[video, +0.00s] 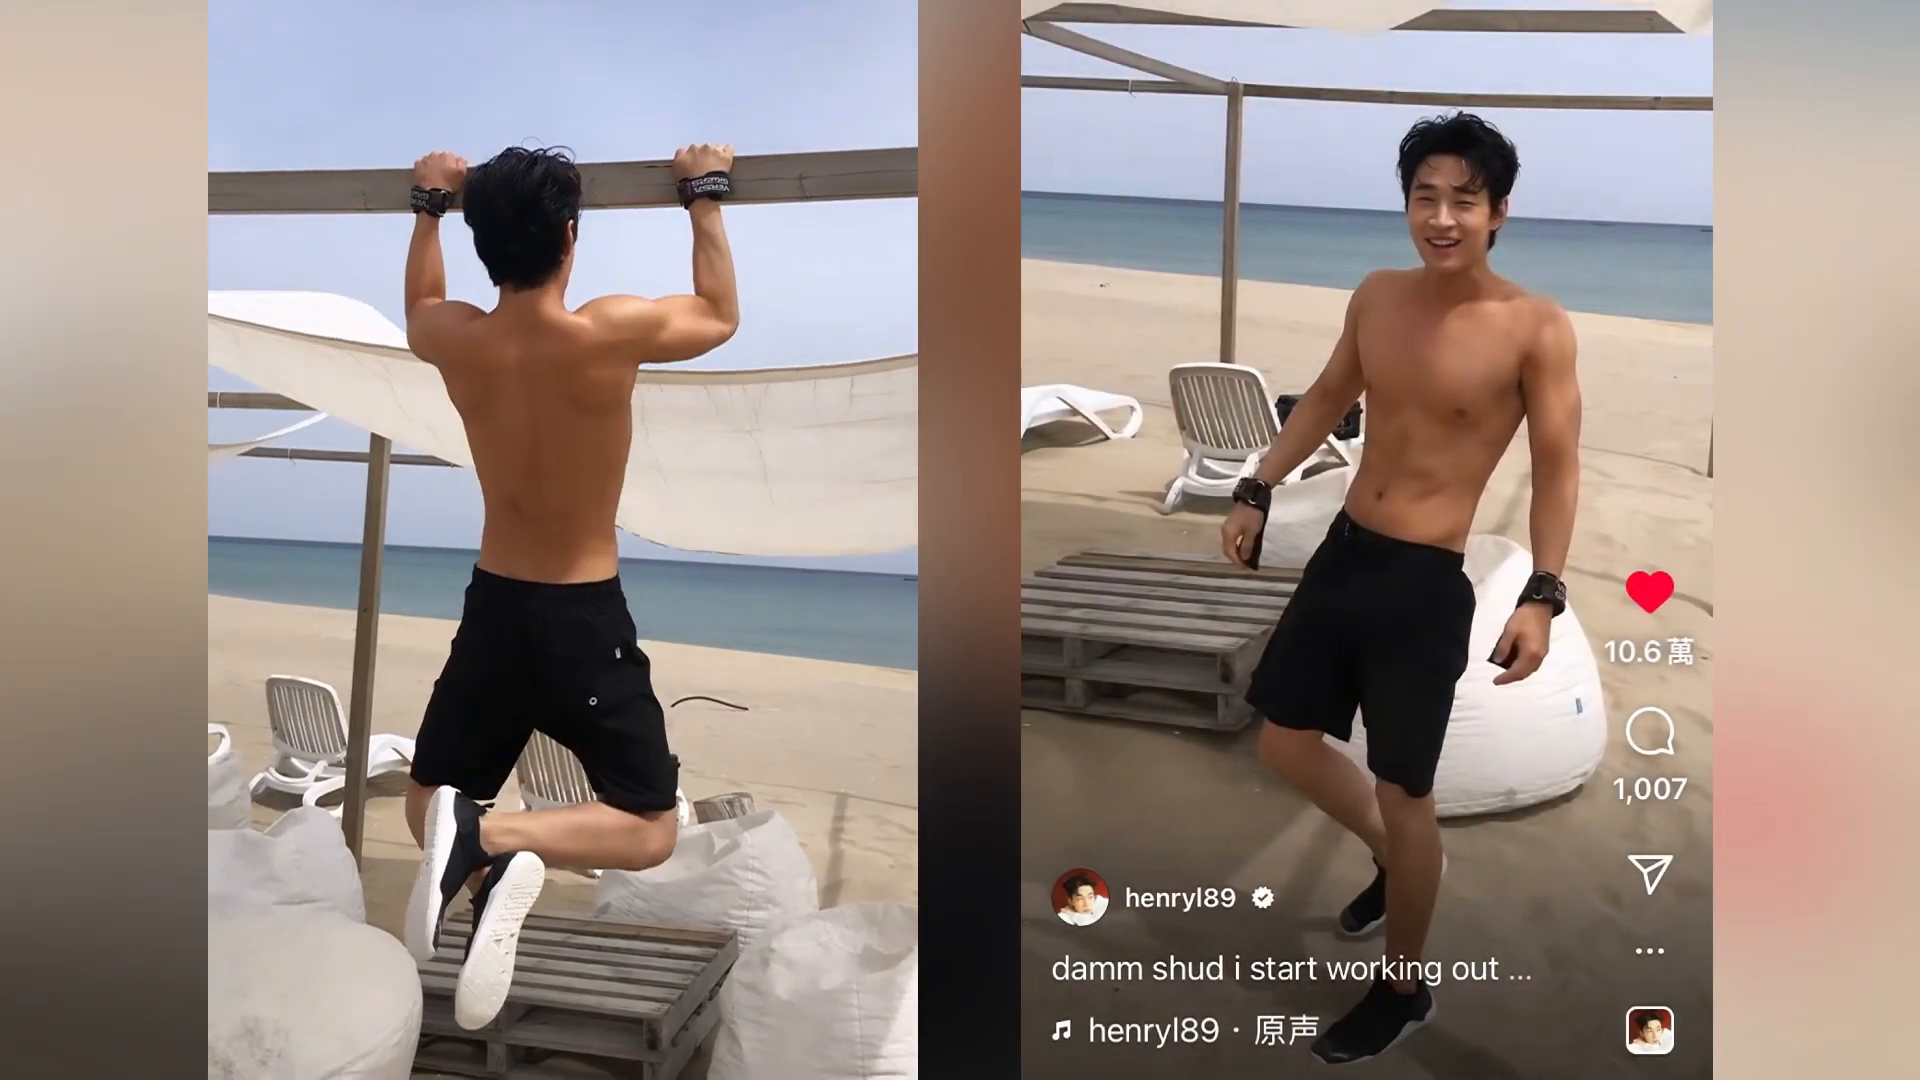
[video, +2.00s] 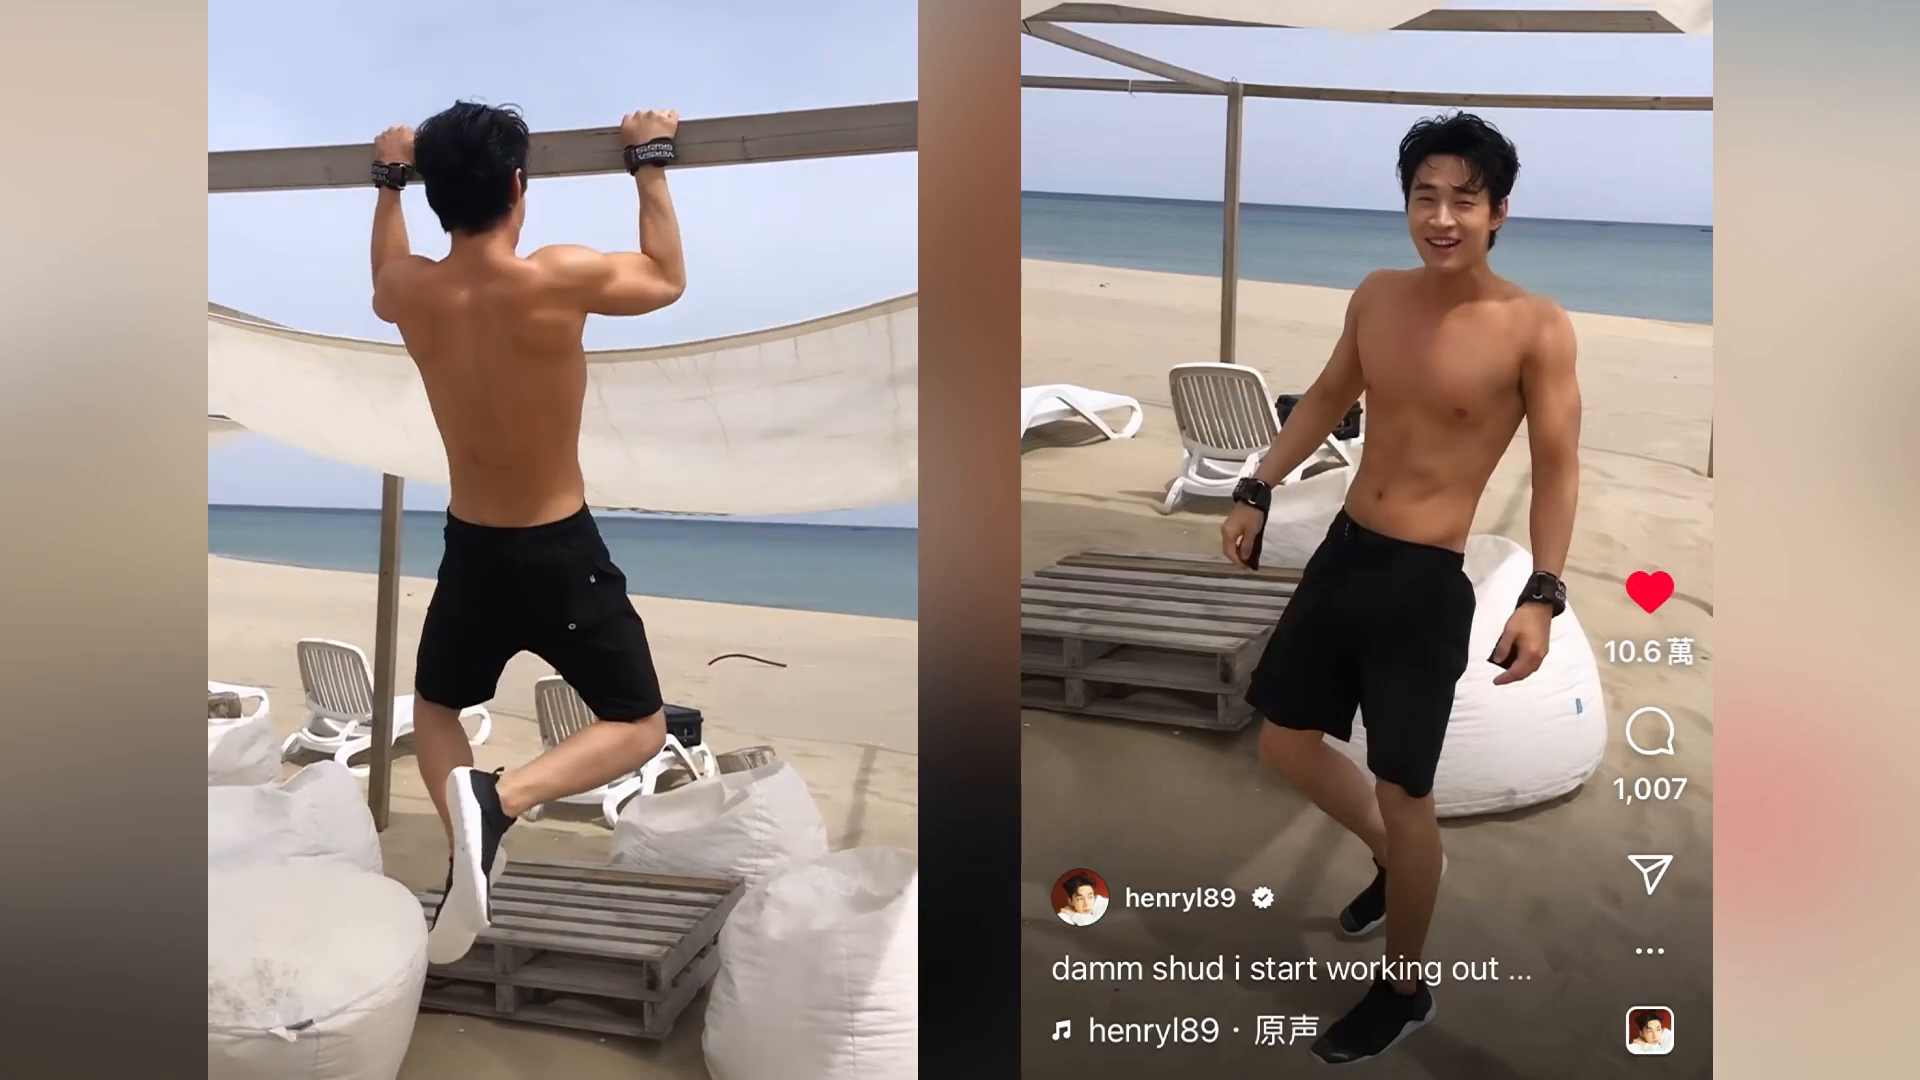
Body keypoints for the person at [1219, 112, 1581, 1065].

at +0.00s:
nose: (1440, 216)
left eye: (1462, 198)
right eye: (1424, 197)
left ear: (1498, 210)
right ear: (1406, 208)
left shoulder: (1534, 328)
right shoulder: (1378, 297)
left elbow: (1556, 468)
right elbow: (1329, 398)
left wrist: (1540, 595)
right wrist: (1256, 484)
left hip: (1427, 579)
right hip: (1345, 554)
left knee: (1402, 799)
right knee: (1284, 742)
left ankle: (1402, 981)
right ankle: (1398, 847)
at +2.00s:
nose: (1440, 216)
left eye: (1462, 198)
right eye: (1424, 197)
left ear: (1498, 210)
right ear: (1406, 208)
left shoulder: (1535, 328)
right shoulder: (1378, 296)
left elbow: (1556, 468)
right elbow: (1330, 398)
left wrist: (1540, 595)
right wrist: (1255, 484)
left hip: (1426, 579)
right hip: (1345, 553)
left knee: (1402, 799)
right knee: (1284, 742)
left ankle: (1403, 981)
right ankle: (1398, 847)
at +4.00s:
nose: (1440, 216)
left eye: (1462, 198)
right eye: (1424, 197)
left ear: (1498, 210)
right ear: (1406, 208)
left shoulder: (1535, 328)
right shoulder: (1378, 296)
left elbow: (1556, 468)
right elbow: (1330, 398)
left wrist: (1540, 595)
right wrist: (1255, 484)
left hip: (1426, 579)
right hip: (1345, 553)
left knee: (1402, 799)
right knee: (1284, 742)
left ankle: (1403, 981)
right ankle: (1398, 847)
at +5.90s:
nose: (1440, 216)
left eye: (1461, 198)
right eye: (1424, 197)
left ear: (1498, 210)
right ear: (1406, 208)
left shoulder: (1535, 328)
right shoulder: (1379, 296)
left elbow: (1556, 468)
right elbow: (1330, 398)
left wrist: (1541, 595)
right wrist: (1256, 484)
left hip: (1426, 579)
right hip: (1345, 554)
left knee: (1402, 799)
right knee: (1284, 742)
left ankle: (1402, 981)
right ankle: (1398, 848)